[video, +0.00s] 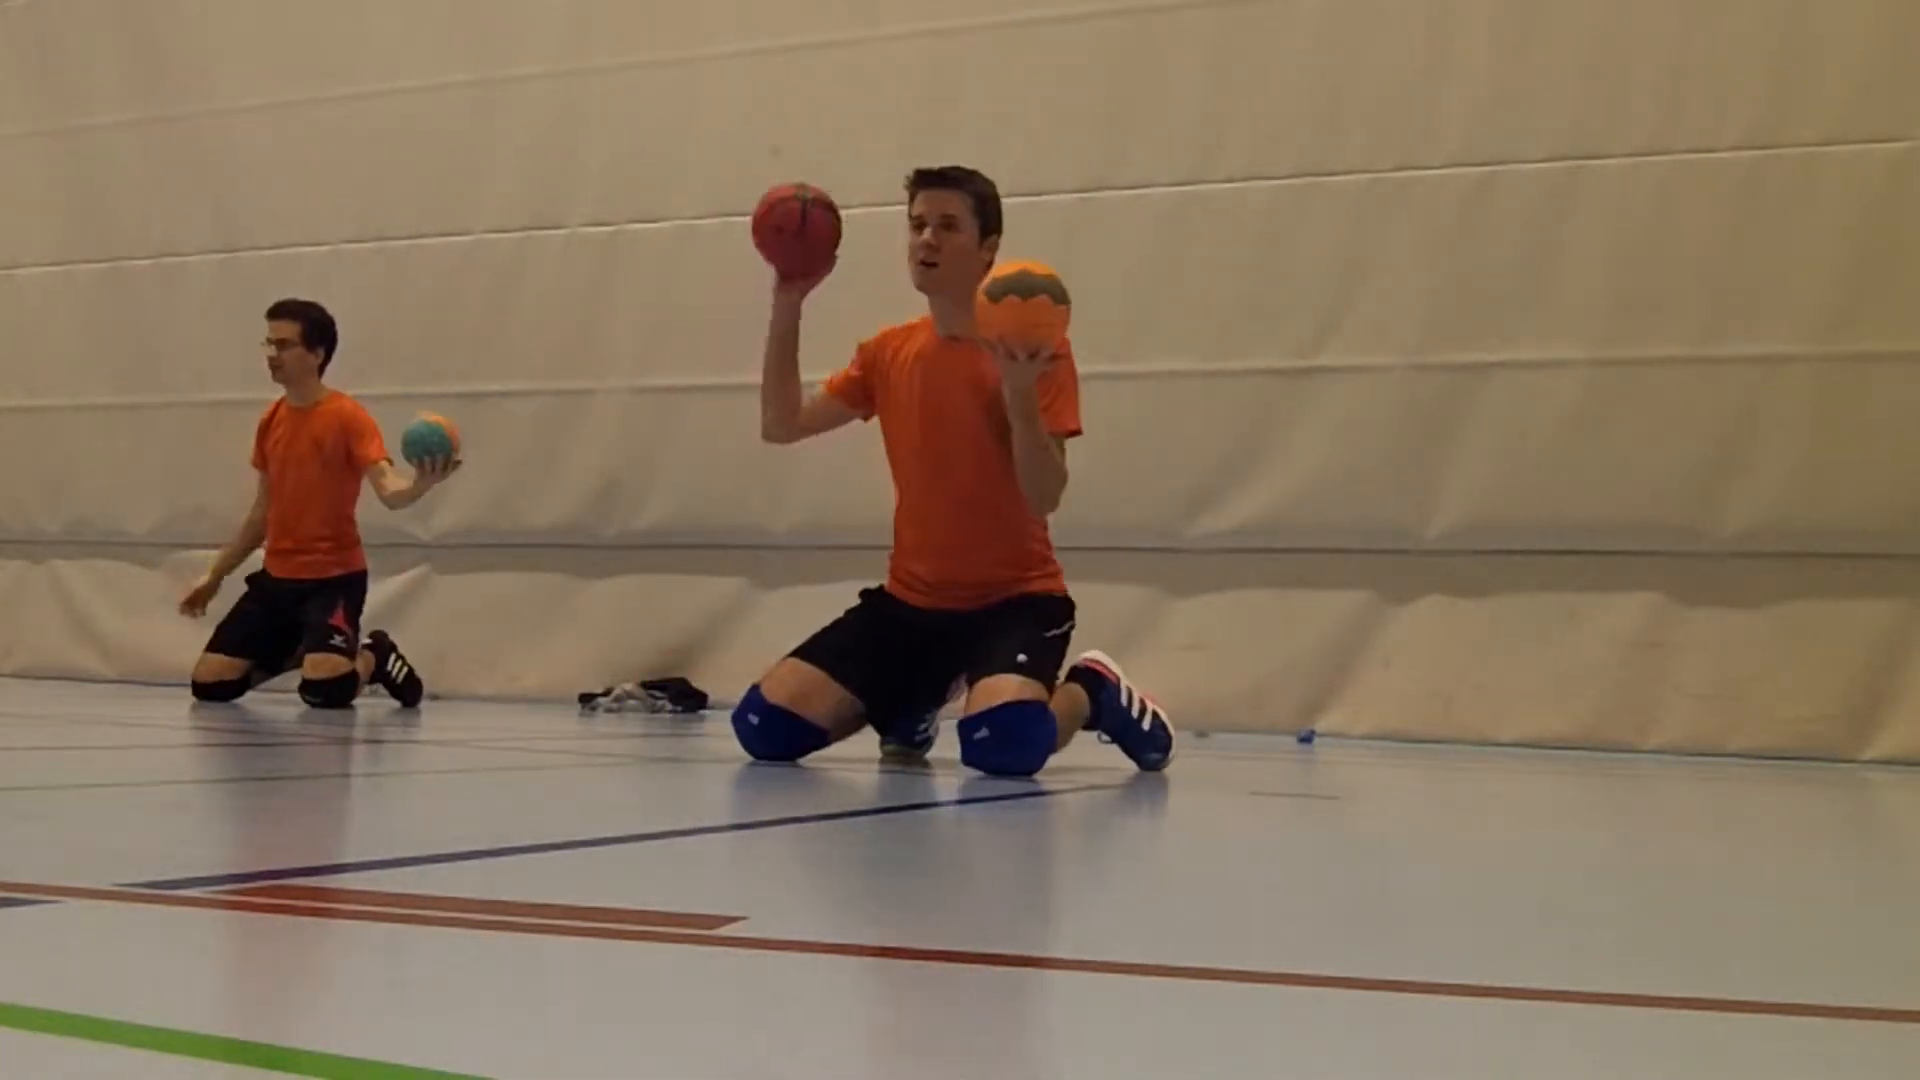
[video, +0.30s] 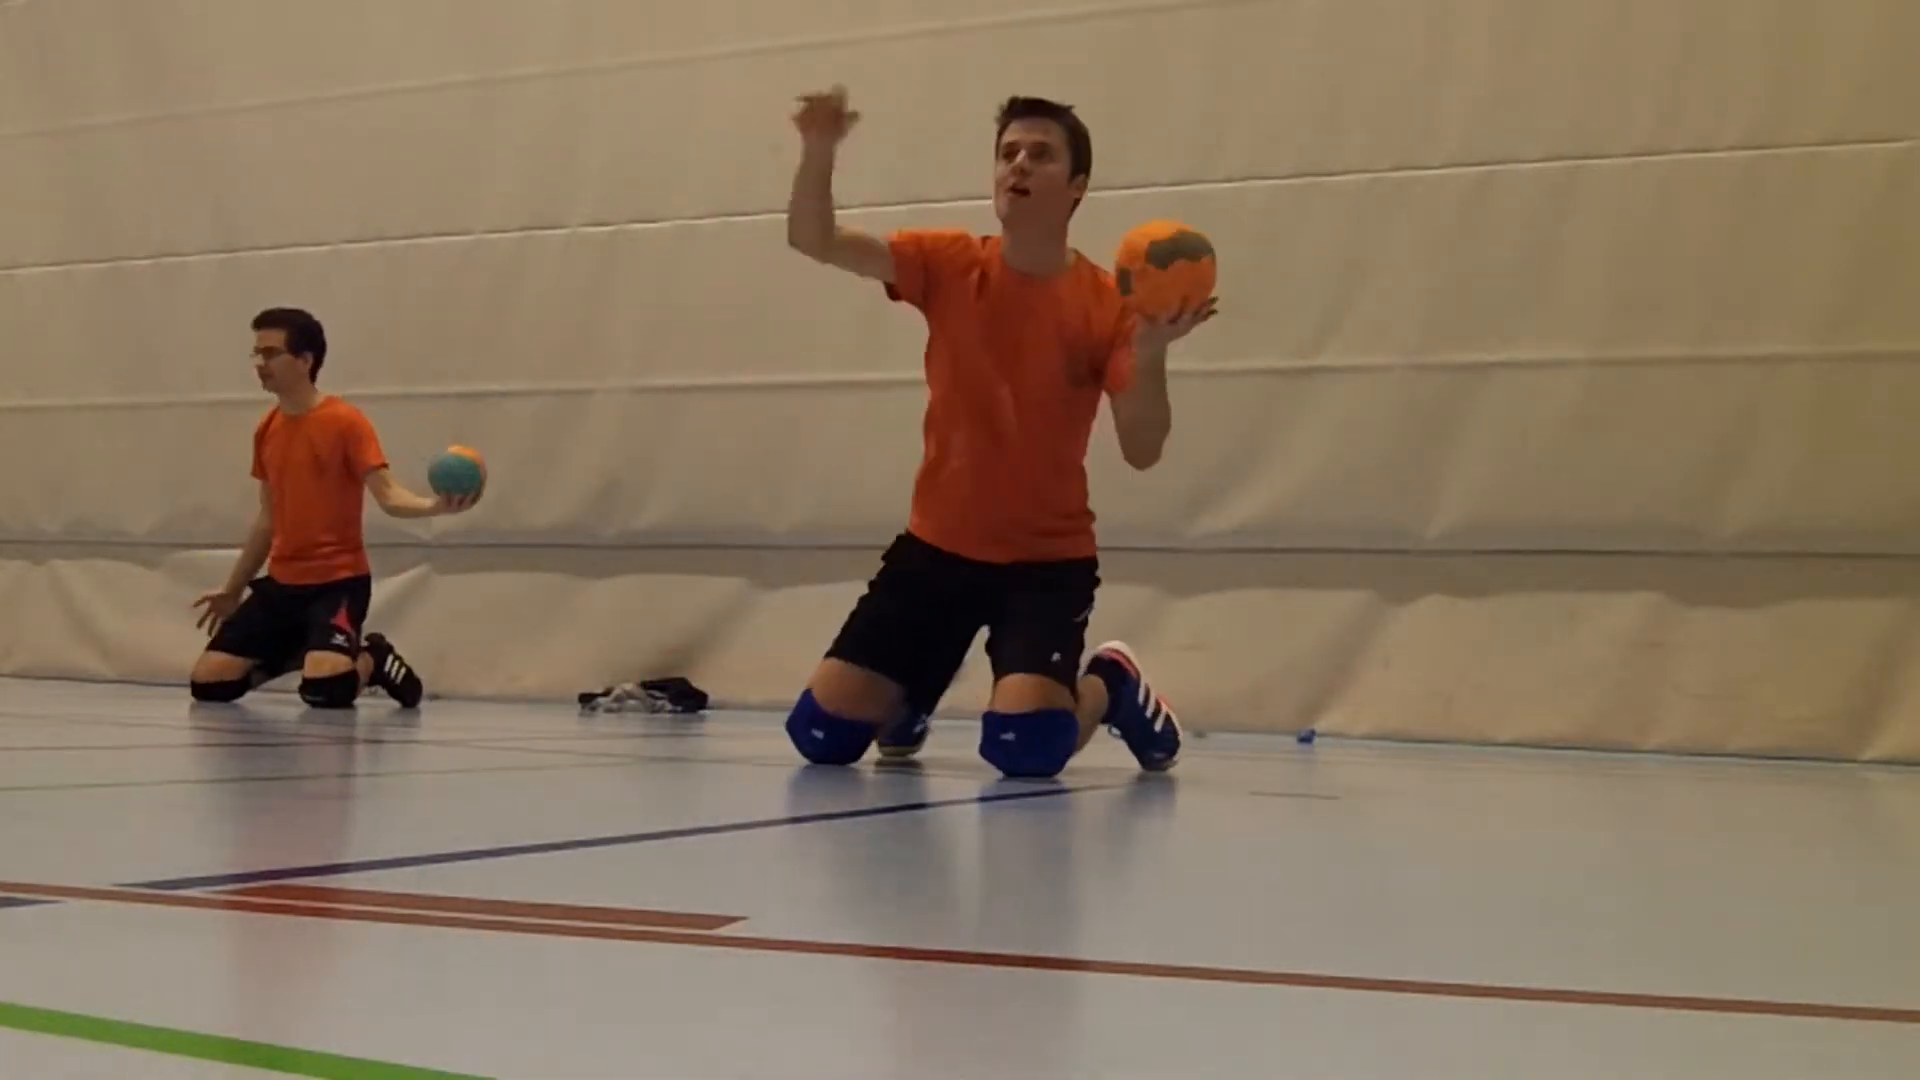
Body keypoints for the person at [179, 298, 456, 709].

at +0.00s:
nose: (270, 355)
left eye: (282, 345)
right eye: (268, 344)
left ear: (317, 354)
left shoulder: (348, 416)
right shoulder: (272, 421)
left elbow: (391, 493)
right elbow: (263, 513)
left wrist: (418, 486)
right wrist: (214, 577)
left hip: (334, 580)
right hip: (276, 580)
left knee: (323, 691)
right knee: (210, 684)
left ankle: (376, 657)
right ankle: (312, 649)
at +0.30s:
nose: (259, 364)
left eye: (269, 353)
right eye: (257, 354)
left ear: (305, 361)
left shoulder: (346, 423)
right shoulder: (269, 429)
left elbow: (389, 495)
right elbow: (267, 521)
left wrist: (437, 506)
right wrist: (232, 592)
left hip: (340, 583)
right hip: (283, 584)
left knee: (322, 692)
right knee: (208, 685)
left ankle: (375, 659)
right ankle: (314, 650)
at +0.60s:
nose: (247, 374)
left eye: (257, 363)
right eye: (245, 364)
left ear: (293, 368)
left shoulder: (334, 425)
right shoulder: (262, 440)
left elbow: (374, 495)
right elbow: (262, 535)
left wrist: (412, 512)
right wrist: (213, 602)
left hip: (336, 586)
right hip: (283, 589)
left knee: (295, 688)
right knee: (211, 684)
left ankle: (370, 662)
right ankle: (318, 660)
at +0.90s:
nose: (226, 394)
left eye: (236, 384)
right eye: (225, 385)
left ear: (272, 391)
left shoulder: (316, 439)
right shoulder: (244, 472)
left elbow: (354, 501)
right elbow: (201, 545)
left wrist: (379, 496)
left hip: (338, 595)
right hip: (286, 602)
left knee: (323, 690)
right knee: (192, 679)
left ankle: (380, 663)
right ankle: (303, 658)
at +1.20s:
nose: (199, 390)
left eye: (205, 379)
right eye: (201, 379)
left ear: (231, 382)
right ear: (231, 383)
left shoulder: (288, 426)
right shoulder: (230, 455)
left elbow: (329, 499)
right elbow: (234, 521)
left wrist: (341, 477)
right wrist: (167, 514)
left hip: (322, 583)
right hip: (272, 594)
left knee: (333, 686)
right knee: (188, 682)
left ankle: (431, 669)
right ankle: (300, 659)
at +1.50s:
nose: (260, 383)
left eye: (271, 373)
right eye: (259, 376)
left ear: (305, 381)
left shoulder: (342, 438)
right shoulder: (268, 455)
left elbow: (368, 522)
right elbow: (293, 529)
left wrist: (305, 505)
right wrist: (253, 537)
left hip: (344, 596)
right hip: (290, 597)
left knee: (317, 689)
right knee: (194, 683)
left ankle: (392, 662)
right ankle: (296, 659)